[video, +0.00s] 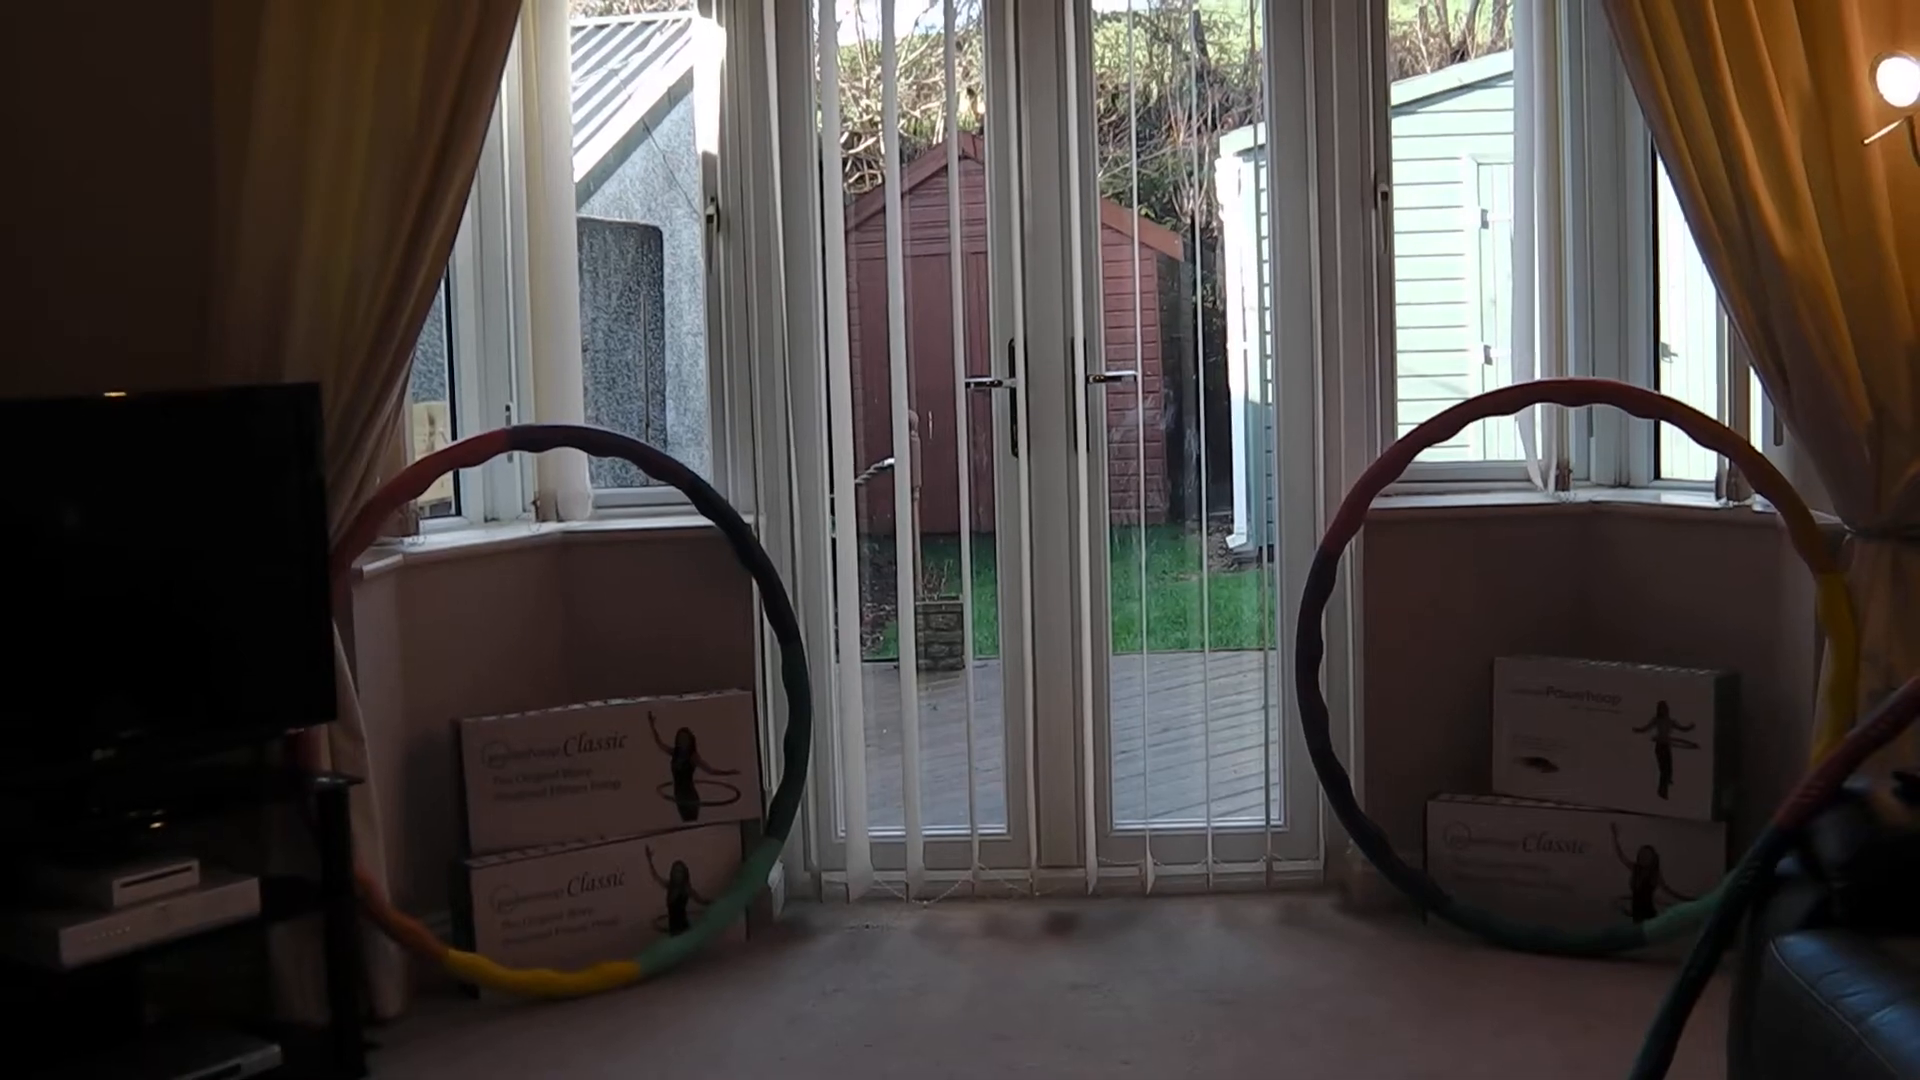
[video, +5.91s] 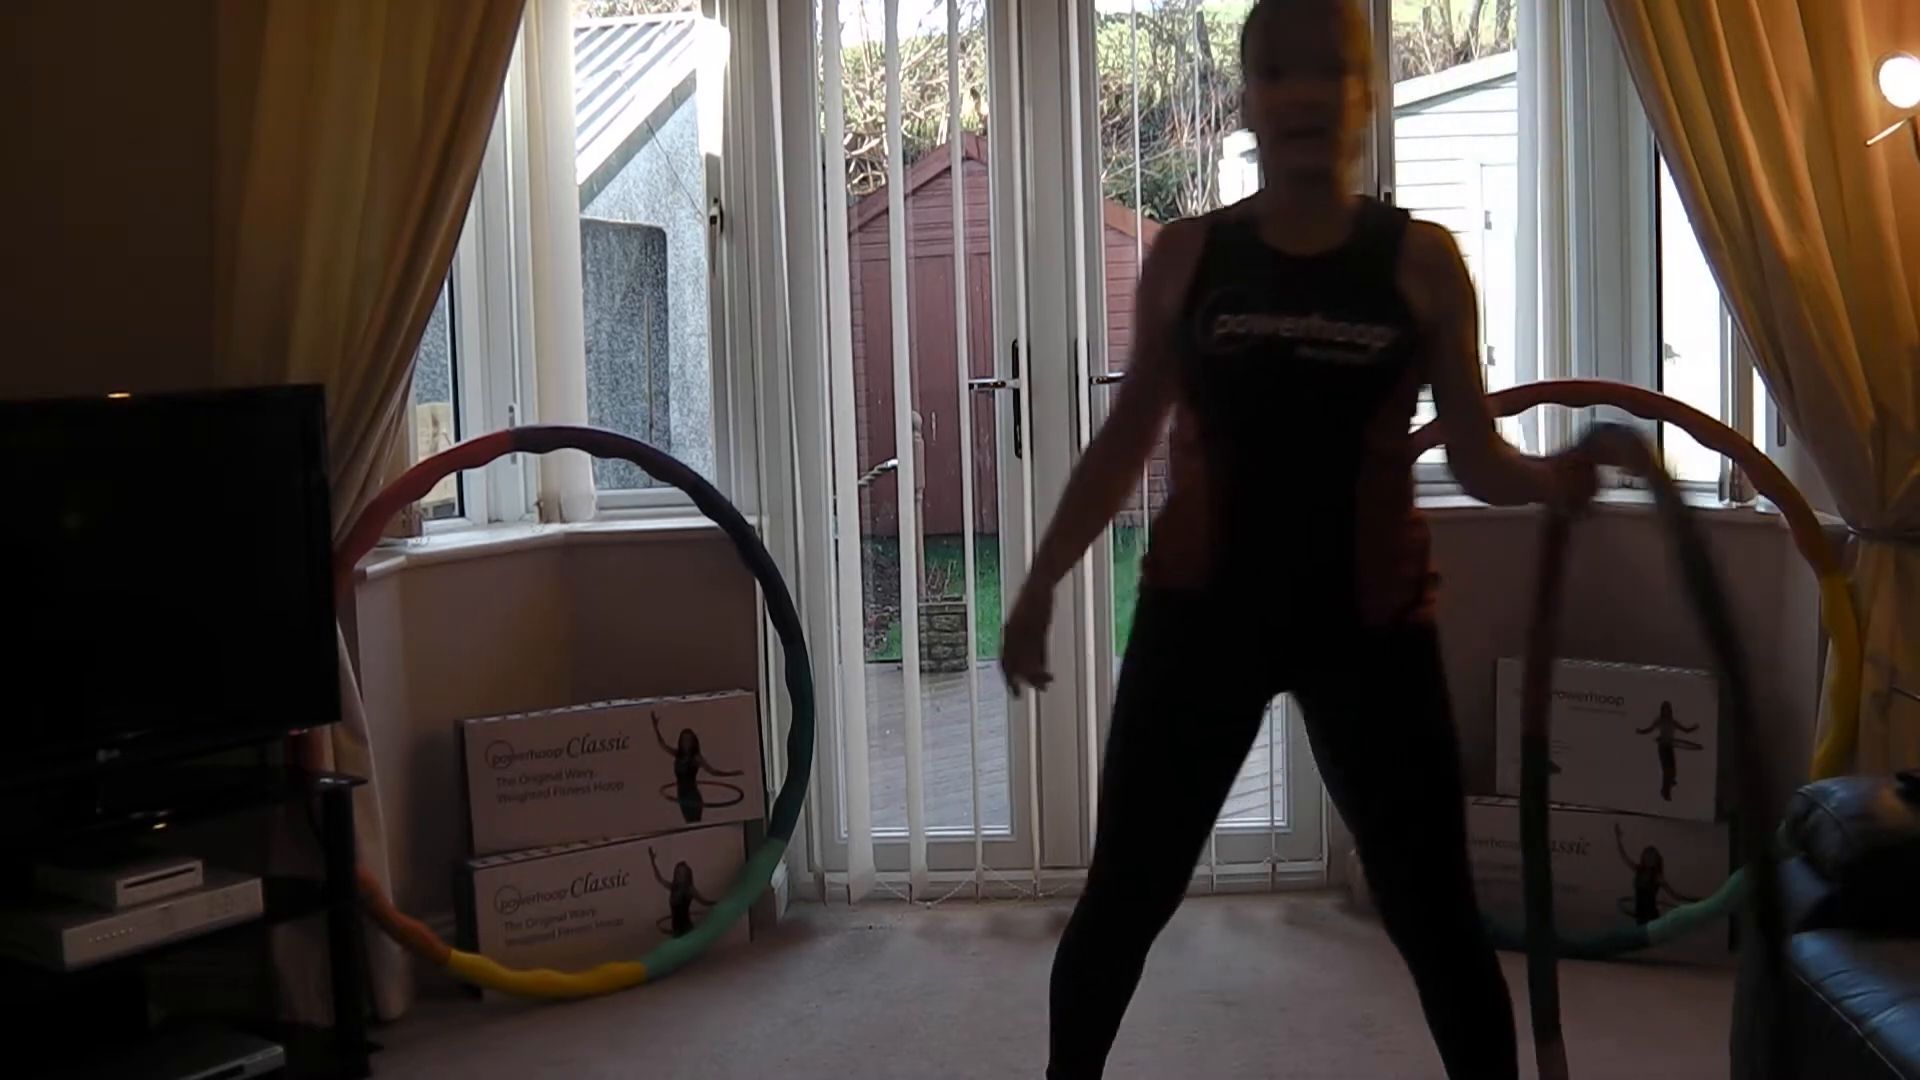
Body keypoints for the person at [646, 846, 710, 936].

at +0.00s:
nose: (677, 875)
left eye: (680, 871)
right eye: (675, 871)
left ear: (685, 873)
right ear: (672, 873)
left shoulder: (687, 889)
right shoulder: (670, 886)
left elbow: (700, 901)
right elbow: (655, 876)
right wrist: (649, 860)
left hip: (684, 924)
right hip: (672, 924)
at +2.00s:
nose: (681, 875)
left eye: (683, 872)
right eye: (679, 872)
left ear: (688, 874)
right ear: (675, 874)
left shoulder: (690, 889)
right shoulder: (673, 887)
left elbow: (702, 901)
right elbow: (659, 878)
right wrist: (652, 861)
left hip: (687, 926)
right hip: (675, 926)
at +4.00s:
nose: (681, 876)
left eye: (683, 873)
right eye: (678, 873)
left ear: (688, 874)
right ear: (675, 874)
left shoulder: (690, 889)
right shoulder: (673, 887)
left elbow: (702, 902)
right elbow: (658, 878)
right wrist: (652, 861)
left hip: (686, 924)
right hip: (675, 924)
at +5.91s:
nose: (681, 875)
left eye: (684, 872)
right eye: (678, 872)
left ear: (688, 874)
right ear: (675, 874)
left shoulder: (690, 889)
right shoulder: (673, 887)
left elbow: (703, 902)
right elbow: (659, 878)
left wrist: (717, 903)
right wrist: (652, 860)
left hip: (686, 924)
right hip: (675, 924)